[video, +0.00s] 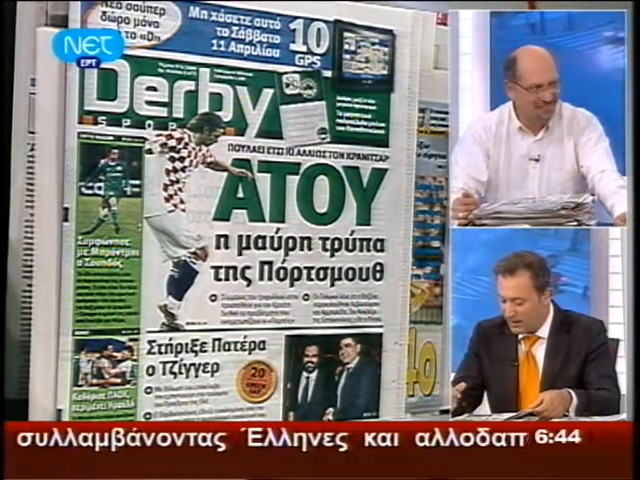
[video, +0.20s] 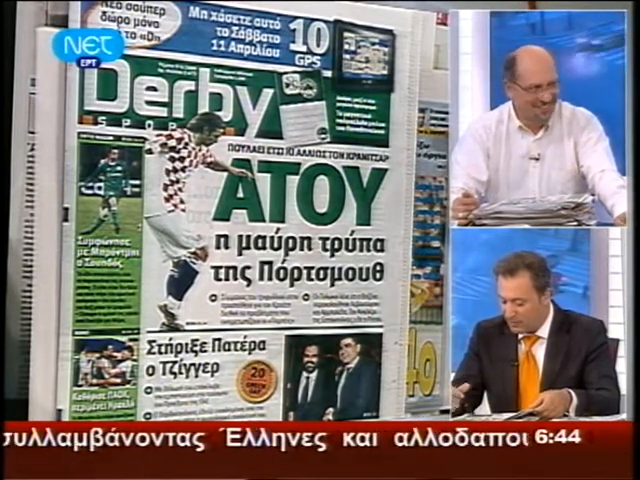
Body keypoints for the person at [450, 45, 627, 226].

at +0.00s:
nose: (548, 96)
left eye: (553, 84)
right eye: (536, 88)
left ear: (559, 81)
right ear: (511, 89)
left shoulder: (581, 124)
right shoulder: (484, 130)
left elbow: (604, 173)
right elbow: (463, 186)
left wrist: (624, 210)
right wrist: (463, 208)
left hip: (568, 245)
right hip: (500, 245)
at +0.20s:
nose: (547, 97)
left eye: (552, 85)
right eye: (534, 88)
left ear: (558, 81)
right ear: (510, 89)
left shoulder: (581, 123)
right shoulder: (484, 130)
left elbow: (604, 173)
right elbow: (464, 187)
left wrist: (624, 210)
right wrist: (463, 208)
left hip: (569, 244)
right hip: (501, 245)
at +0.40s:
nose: (541, 99)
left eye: (548, 87)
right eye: (530, 89)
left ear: (557, 82)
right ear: (508, 87)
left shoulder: (582, 123)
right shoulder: (484, 130)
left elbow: (605, 173)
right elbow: (463, 189)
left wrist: (624, 210)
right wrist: (462, 208)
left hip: (569, 246)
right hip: (501, 246)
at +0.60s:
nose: (535, 97)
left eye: (544, 86)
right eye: (525, 87)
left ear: (555, 81)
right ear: (507, 85)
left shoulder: (582, 123)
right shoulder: (484, 130)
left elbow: (605, 173)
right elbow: (463, 188)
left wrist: (625, 211)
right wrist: (462, 207)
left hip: (568, 244)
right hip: (500, 245)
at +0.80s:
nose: (534, 97)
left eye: (543, 86)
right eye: (524, 87)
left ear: (554, 81)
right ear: (508, 85)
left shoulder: (582, 122)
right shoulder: (485, 128)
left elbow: (605, 173)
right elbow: (462, 187)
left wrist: (624, 211)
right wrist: (462, 207)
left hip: (569, 243)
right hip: (501, 244)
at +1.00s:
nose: (533, 99)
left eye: (542, 88)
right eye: (523, 89)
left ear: (554, 82)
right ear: (507, 86)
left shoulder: (582, 123)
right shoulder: (485, 129)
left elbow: (605, 173)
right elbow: (462, 188)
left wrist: (624, 211)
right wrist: (462, 208)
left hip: (569, 244)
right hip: (501, 245)